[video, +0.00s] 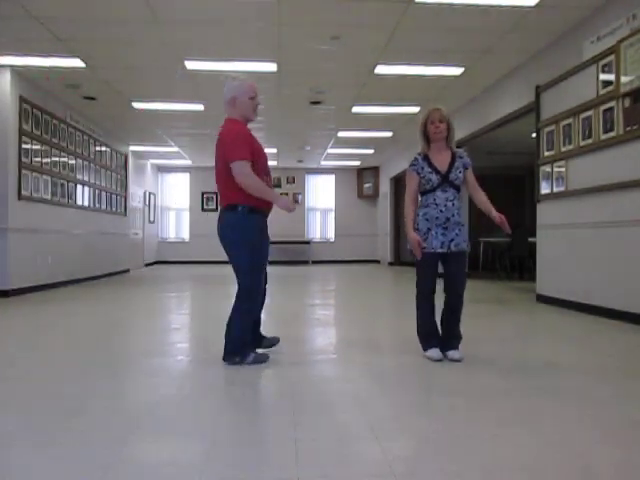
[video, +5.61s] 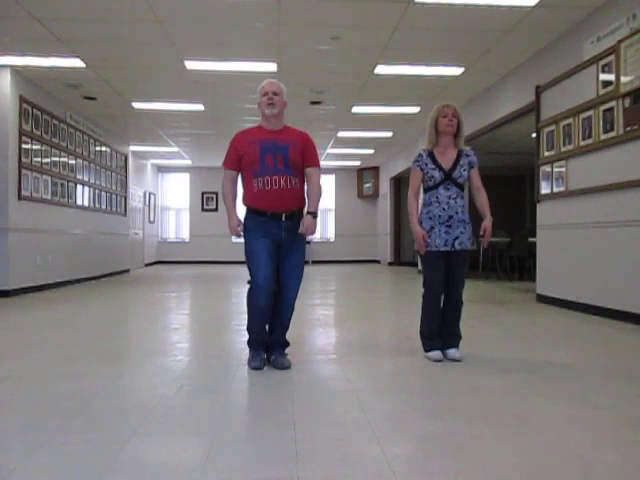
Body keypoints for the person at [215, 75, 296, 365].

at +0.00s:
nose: (258, 104)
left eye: (257, 98)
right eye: (253, 98)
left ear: (238, 102)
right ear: (235, 102)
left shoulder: (241, 132)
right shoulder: (234, 132)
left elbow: (250, 177)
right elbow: (242, 176)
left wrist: (278, 196)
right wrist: (276, 197)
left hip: (250, 217)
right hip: (240, 218)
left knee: (256, 283)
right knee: (250, 285)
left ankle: (251, 336)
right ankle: (236, 351)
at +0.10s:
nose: (262, 107)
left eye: (263, 102)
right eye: (257, 102)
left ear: (244, 104)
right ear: (239, 103)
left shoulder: (249, 136)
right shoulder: (235, 135)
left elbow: (255, 180)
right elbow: (240, 179)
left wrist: (279, 200)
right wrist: (278, 206)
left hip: (258, 221)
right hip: (246, 222)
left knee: (272, 284)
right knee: (259, 286)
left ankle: (286, 339)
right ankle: (237, 349)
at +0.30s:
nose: (274, 105)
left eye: (274, 100)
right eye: (268, 100)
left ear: (270, 103)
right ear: (250, 104)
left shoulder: (274, 140)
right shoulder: (239, 137)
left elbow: (284, 180)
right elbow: (232, 180)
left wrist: (304, 205)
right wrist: (242, 219)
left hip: (276, 221)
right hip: (252, 220)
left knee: (290, 280)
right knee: (265, 283)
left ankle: (307, 339)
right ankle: (240, 342)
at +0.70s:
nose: (292, 104)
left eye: (296, 100)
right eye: (286, 100)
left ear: (302, 104)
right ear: (274, 105)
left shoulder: (316, 142)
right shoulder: (260, 140)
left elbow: (329, 179)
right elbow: (244, 177)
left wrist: (340, 214)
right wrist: (240, 212)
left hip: (305, 222)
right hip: (271, 221)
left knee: (308, 289)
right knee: (272, 286)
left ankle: (304, 346)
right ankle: (261, 341)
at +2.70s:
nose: (280, 98)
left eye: (285, 94)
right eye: (274, 95)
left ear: (293, 103)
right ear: (266, 104)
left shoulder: (310, 138)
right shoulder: (253, 143)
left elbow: (326, 178)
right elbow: (241, 181)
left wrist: (320, 214)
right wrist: (239, 216)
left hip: (304, 222)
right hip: (269, 222)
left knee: (303, 290)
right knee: (263, 285)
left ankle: (298, 347)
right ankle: (264, 344)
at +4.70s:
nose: (268, 97)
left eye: (273, 94)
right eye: (262, 94)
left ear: (281, 102)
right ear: (253, 103)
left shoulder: (297, 139)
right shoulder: (239, 140)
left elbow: (309, 176)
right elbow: (227, 181)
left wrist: (294, 193)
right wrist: (232, 219)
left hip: (292, 221)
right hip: (258, 221)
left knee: (289, 287)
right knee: (264, 283)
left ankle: (278, 348)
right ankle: (258, 344)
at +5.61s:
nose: (270, 97)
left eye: (275, 93)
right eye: (265, 94)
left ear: (285, 102)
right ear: (258, 102)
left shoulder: (301, 139)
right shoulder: (243, 139)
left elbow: (313, 179)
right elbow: (229, 178)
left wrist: (311, 213)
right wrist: (232, 215)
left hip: (293, 221)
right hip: (258, 220)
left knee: (289, 288)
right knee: (262, 285)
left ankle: (277, 348)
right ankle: (257, 348)